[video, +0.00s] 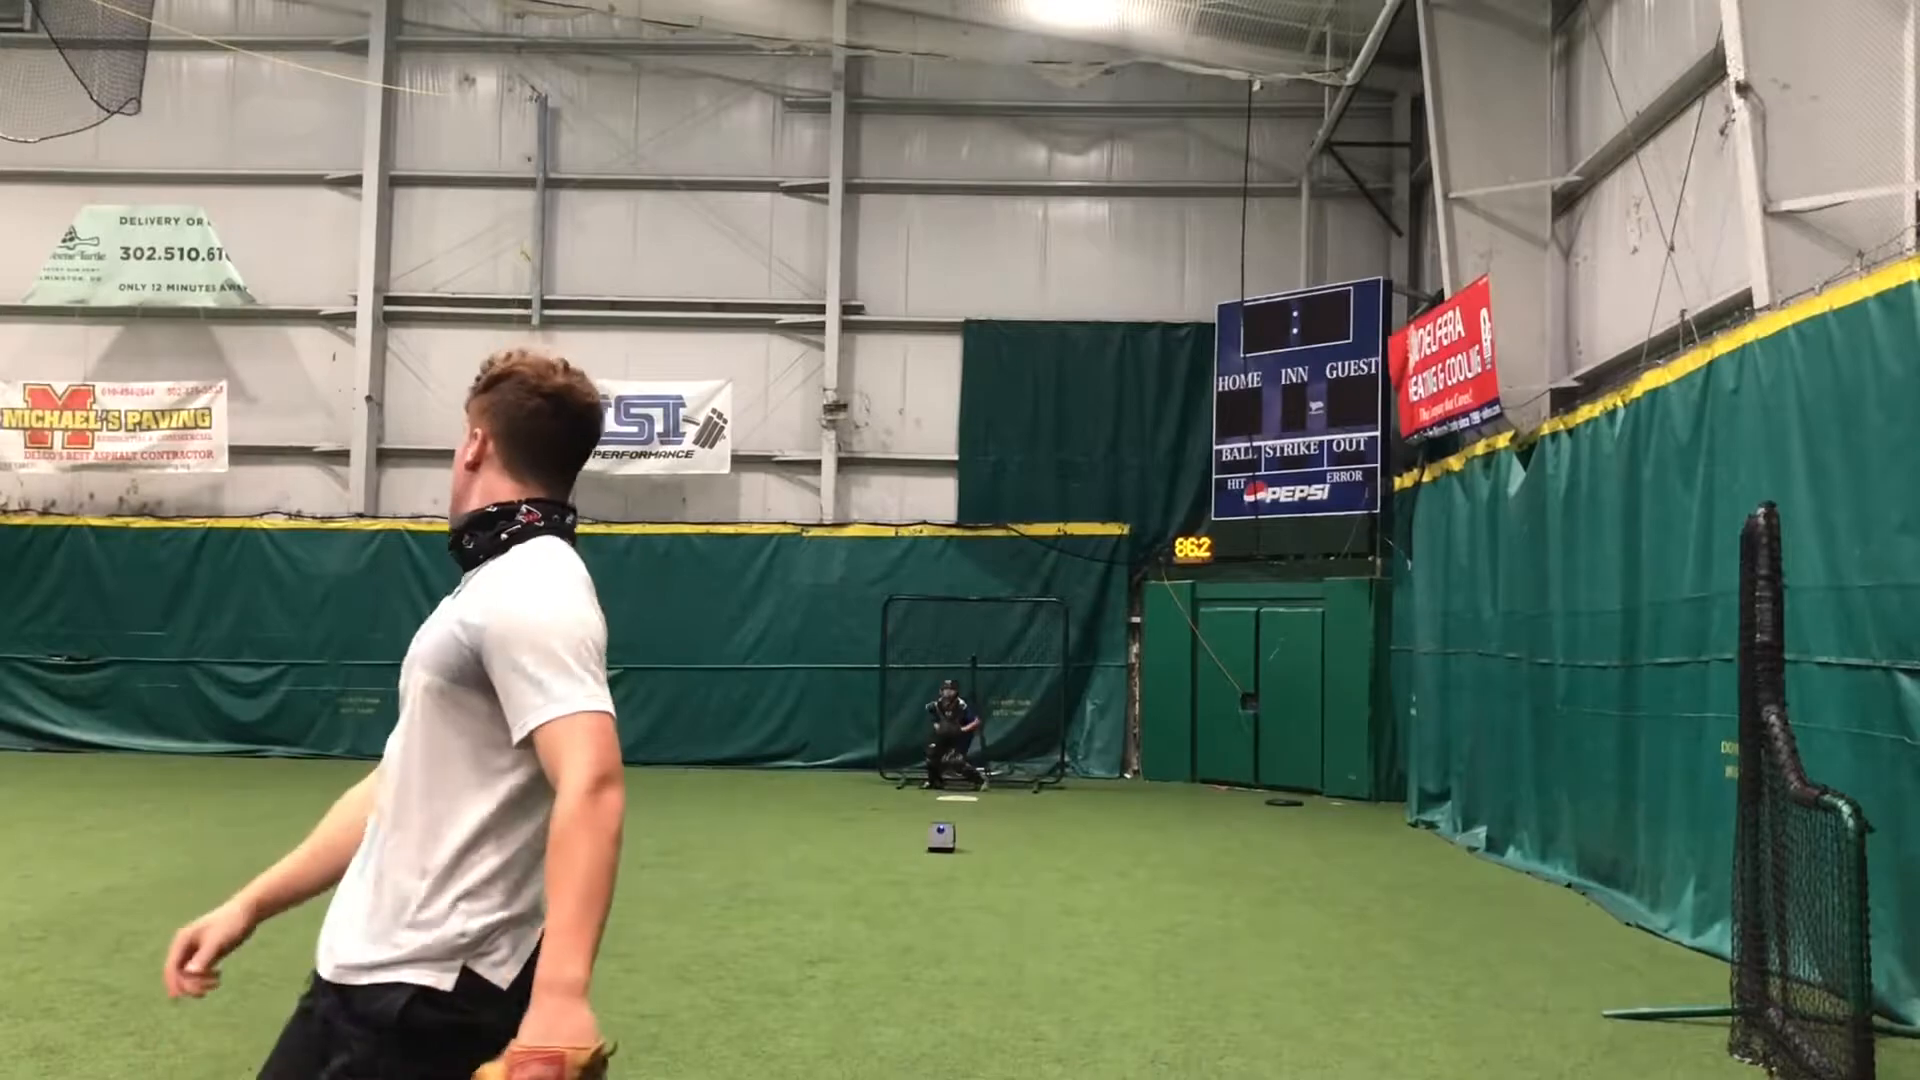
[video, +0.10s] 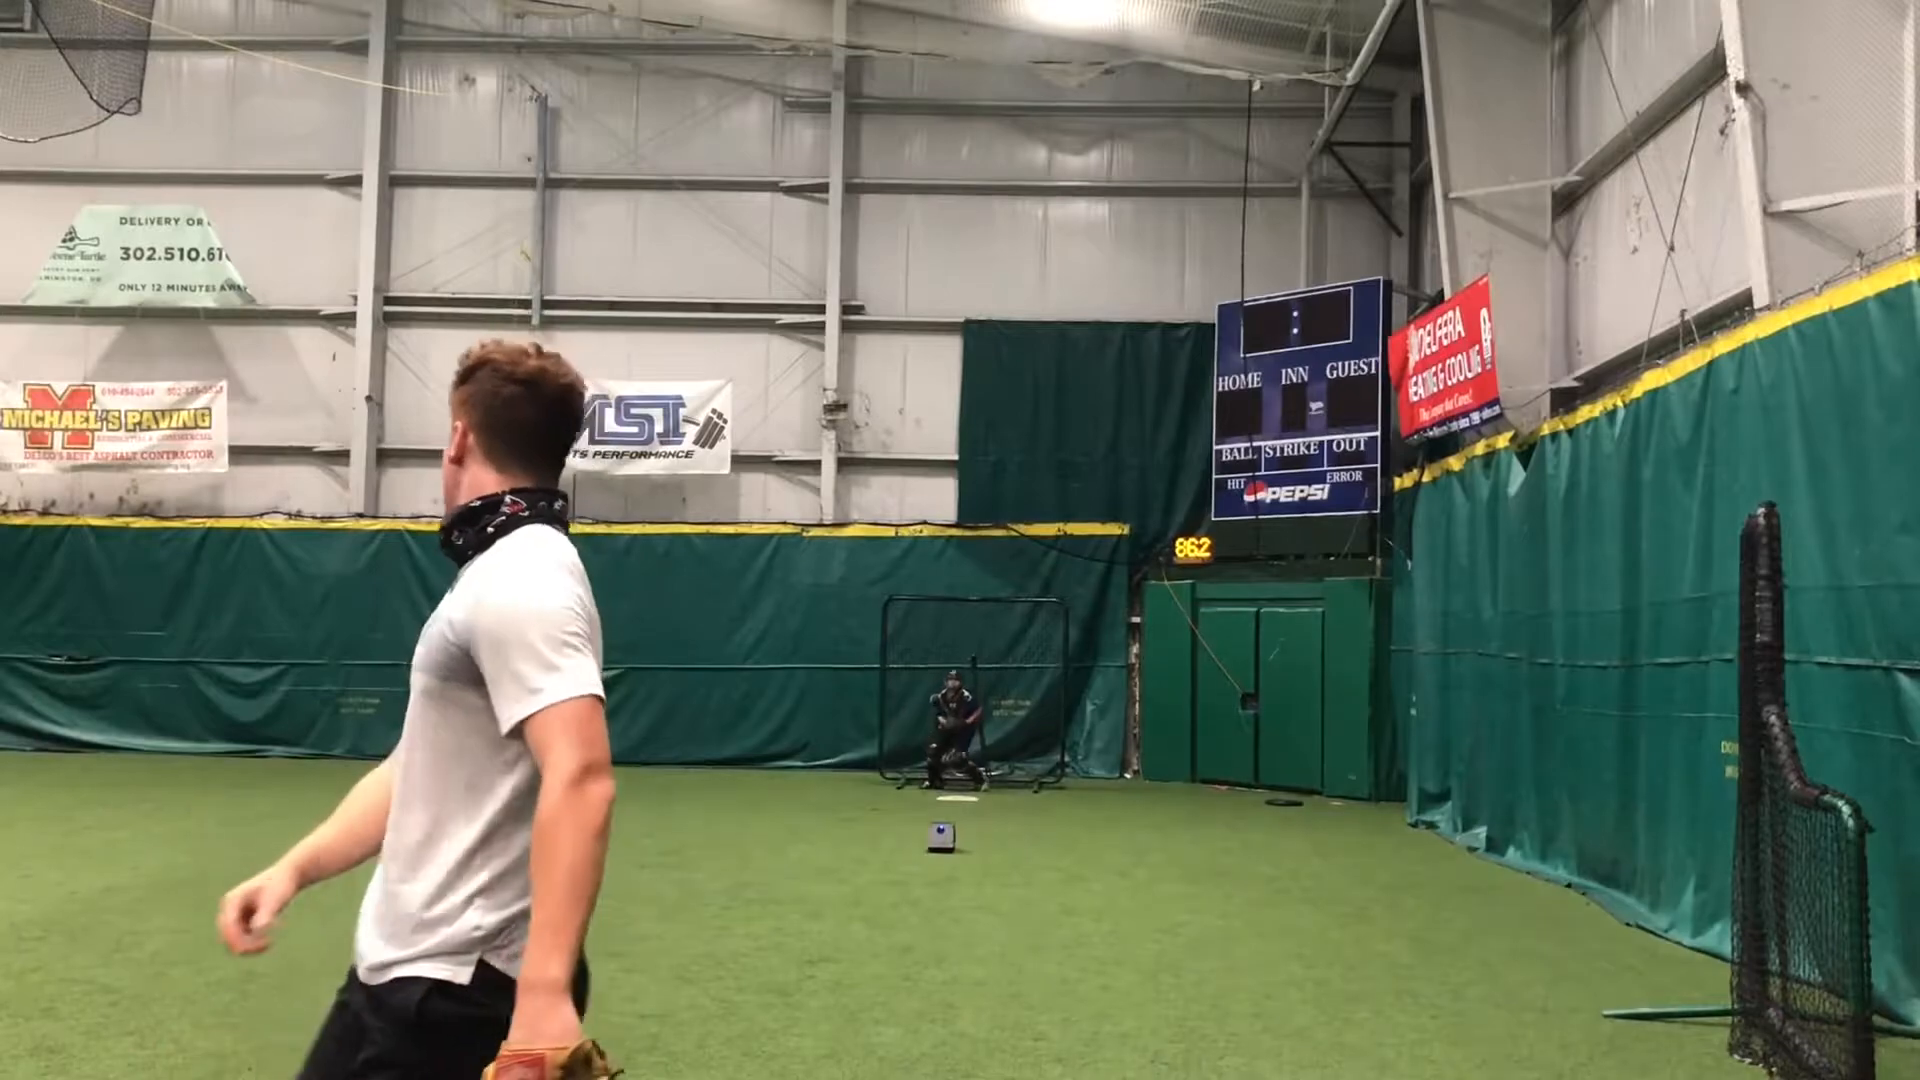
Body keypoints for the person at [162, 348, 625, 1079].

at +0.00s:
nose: (456, 454)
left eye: (461, 435)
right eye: (463, 435)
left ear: (475, 445)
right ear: (564, 469)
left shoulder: (532, 588)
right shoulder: (500, 584)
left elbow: (593, 788)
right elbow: (390, 789)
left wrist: (562, 992)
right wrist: (249, 905)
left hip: (422, 993)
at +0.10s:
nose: (444, 450)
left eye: (447, 429)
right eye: (453, 428)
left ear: (458, 440)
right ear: (555, 457)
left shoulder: (522, 577)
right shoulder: (502, 571)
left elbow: (581, 781)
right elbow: (417, 768)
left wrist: (546, 990)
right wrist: (292, 871)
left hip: (445, 994)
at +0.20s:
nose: (433, 439)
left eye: (435, 420)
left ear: (444, 437)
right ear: (546, 446)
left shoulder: (500, 577)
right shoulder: (535, 559)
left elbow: (556, 775)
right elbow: (451, 752)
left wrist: (514, 993)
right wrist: (343, 831)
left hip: (473, 982)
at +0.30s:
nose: (431, 437)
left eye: (433, 421)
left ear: (442, 437)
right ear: (546, 447)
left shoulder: (481, 578)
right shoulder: (545, 559)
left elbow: (520, 784)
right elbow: (472, 757)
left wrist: (467, 1001)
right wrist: (366, 842)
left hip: (507, 962)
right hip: (570, 932)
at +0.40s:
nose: (438, 434)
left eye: (439, 420)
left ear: (447, 437)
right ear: (553, 451)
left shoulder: (455, 580)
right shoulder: (572, 568)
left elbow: (463, 790)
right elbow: (505, 780)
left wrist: (401, 1004)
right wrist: (379, 890)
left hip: (515, 955)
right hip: (601, 930)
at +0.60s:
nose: (448, 442)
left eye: (448, 429)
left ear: (456, 443)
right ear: (569, 454)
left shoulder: (399, 589)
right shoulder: (633, 605)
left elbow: (322, 807)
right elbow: (608, 774)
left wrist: (240, 1000)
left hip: (460, 976)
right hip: (615, 965)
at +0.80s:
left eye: (452, 418)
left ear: (454, 439)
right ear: (569, 454)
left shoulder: (361, 596)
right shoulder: (638, 598)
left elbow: (241, 810)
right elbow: (732, 761)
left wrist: (154, 972)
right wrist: (756, 836)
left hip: (441, 978)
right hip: (609, 966)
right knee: (678, 1066)